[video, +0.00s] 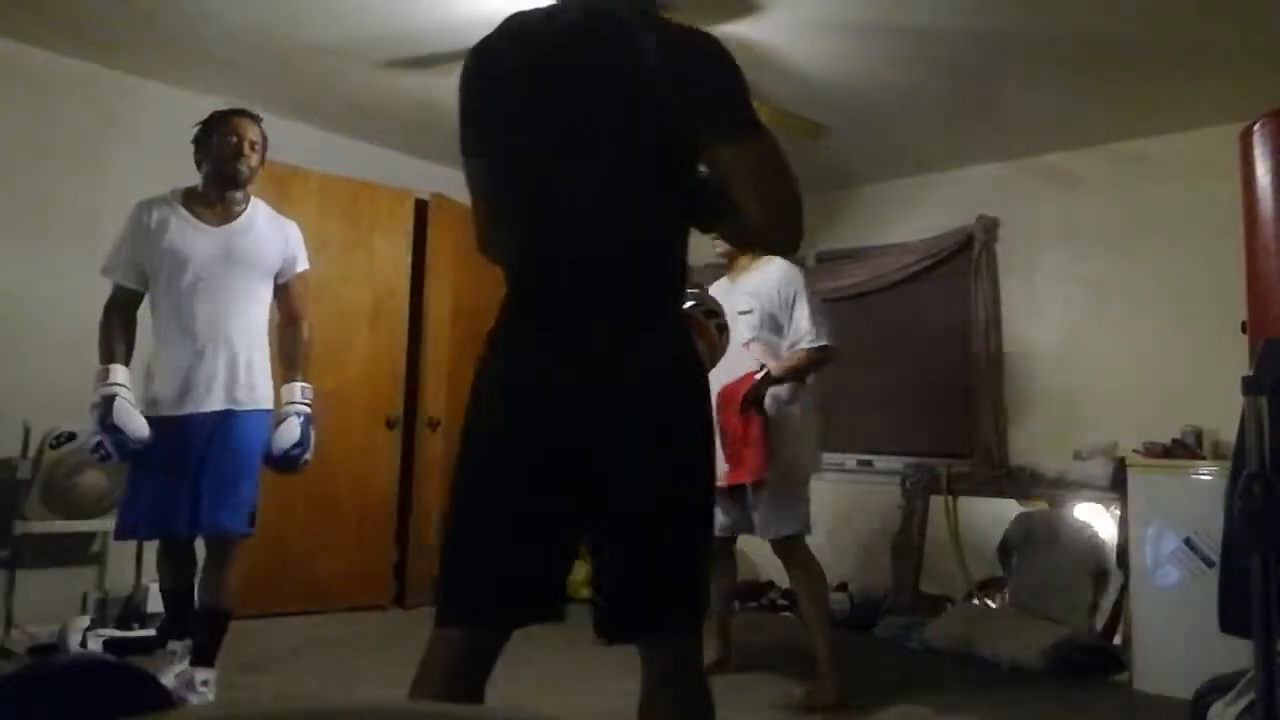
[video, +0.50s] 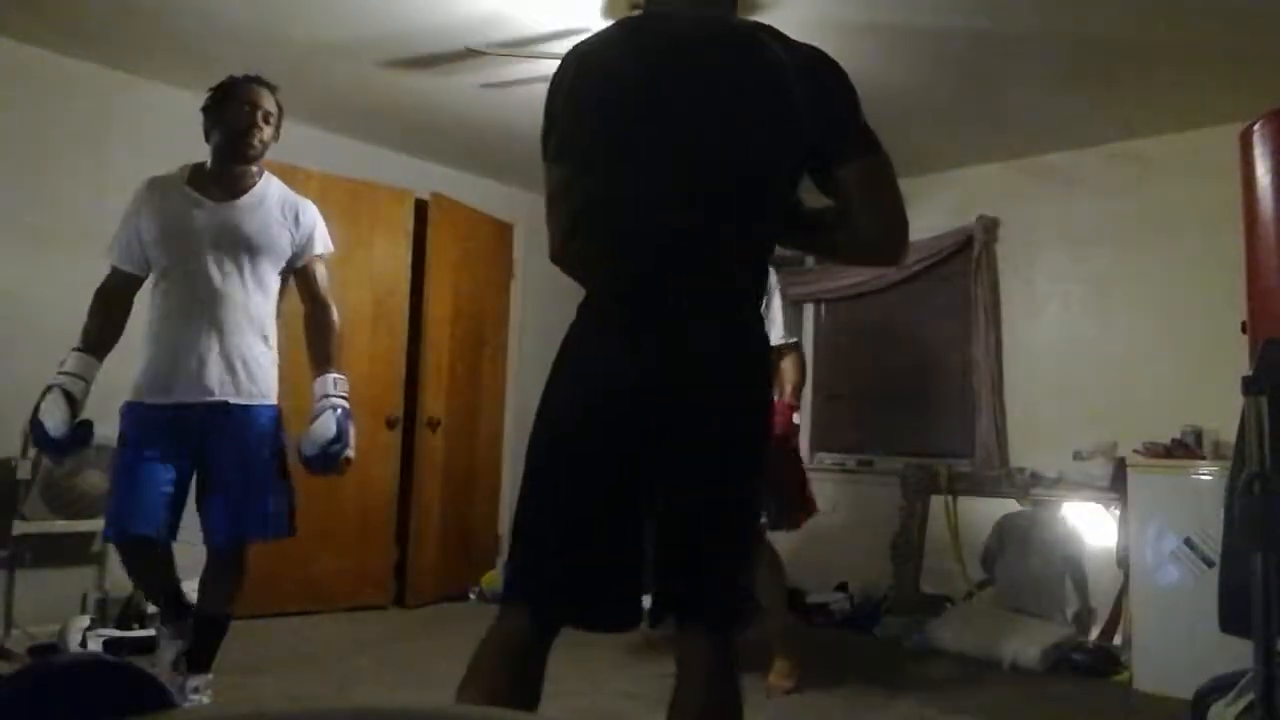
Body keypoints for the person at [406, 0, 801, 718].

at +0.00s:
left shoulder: (491, 56)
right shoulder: (688, 54)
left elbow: (493, 236)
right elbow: (777, 225)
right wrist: (677, 188)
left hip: (527, 360)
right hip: (649, 365)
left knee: (467, 630)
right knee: (670, 647)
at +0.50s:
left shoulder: (585, 65)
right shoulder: (799, 70)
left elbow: (568, 244)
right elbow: (881, 236)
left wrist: (652, 292)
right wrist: (768, 219)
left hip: (603, 354)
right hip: (723, 359)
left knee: (527, 611)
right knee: (707, 634)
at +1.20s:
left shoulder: (596, 59)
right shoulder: (807, 69)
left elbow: (591, 241)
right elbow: (883, 242)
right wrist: (783, 204)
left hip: (609, 353)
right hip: (729, 361)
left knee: (536, 610)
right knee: (712, 645)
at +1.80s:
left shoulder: (467, 35)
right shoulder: (674, 28)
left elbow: (516, 191)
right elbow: (774, 189)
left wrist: (662, 241)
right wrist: (675, 196)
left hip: (507, 354)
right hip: (634, 359)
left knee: (465, 644)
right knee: (661, 650)